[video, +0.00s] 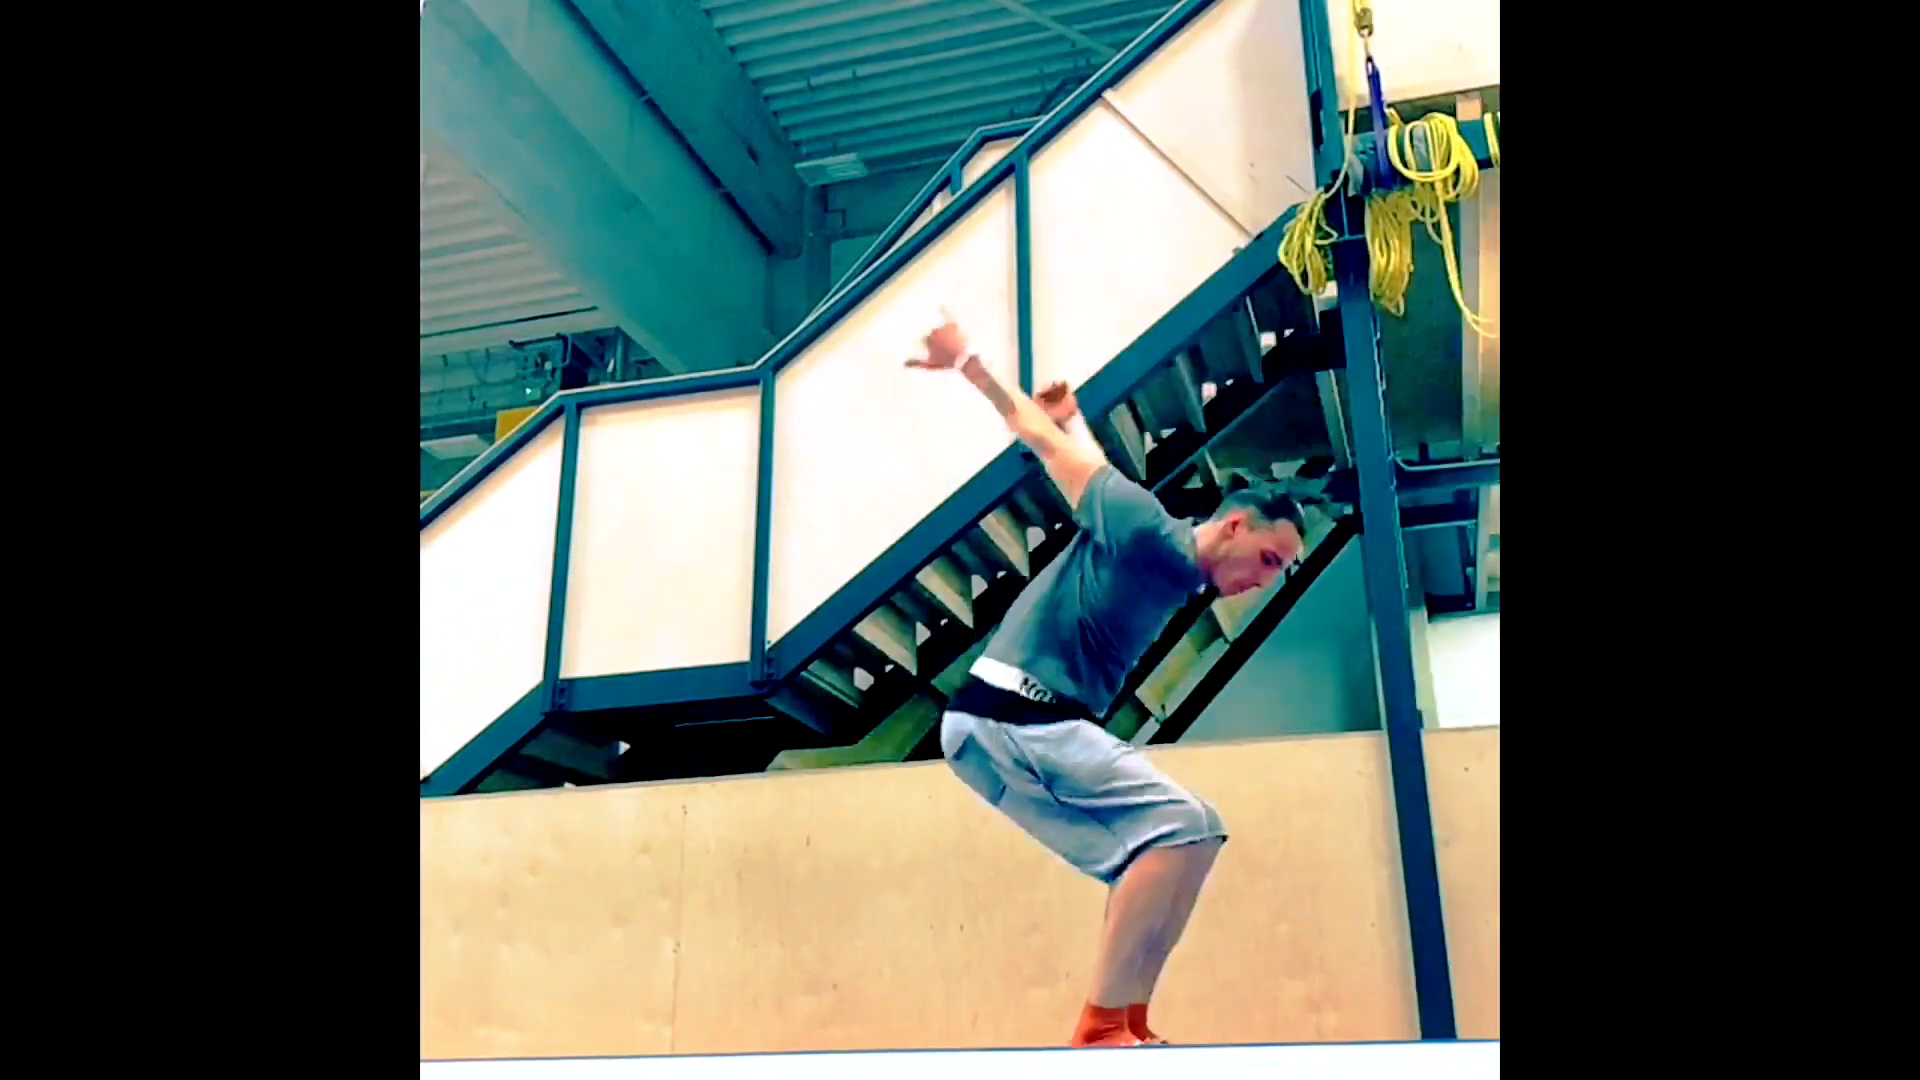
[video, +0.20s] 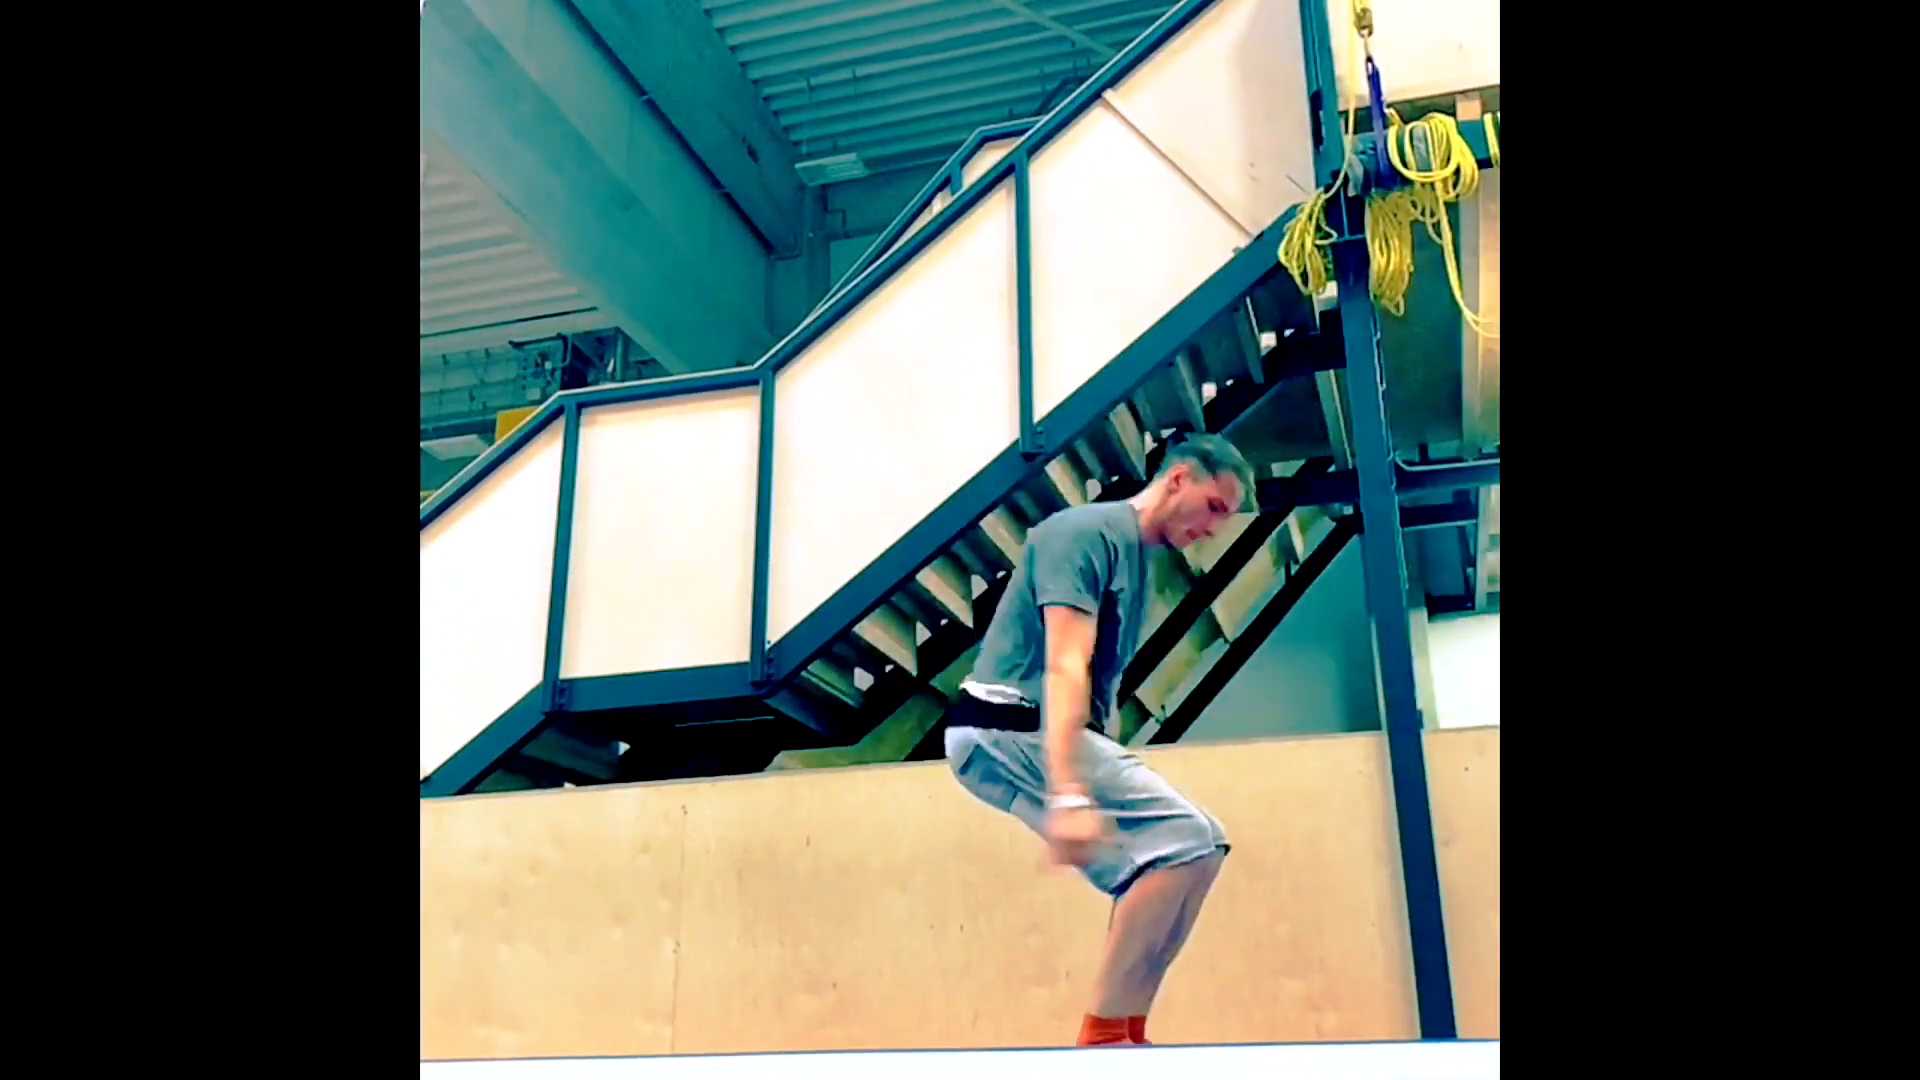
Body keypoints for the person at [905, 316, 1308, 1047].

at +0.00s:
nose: (1264, 580)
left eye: (1277, 572)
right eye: (1266, 559)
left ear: (1240, 538)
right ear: (1231, 523)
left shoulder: (1179, 570)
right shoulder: (1144, 530)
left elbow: (1099, 478)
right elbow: (1044, 441)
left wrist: (1069, 425)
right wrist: (968, 363)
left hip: (1044, 725)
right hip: (1007, 716)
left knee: (1197, 837)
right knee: (1173, 829)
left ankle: (1128, 1027)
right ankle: (1101, 1029)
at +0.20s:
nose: (1214, 527)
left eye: (1224, 518)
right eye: (1215, 506)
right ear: (1178, 478)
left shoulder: (1137, 568)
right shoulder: (1084, 531)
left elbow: (1101, 691)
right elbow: (1064, 665)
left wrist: (1110, 780)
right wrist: (1069, 796)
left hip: (1051, 731)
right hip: (1002, 730)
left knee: (1203, 849)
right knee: (1179, 845)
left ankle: (1124, 1035)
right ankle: (1104, 1037)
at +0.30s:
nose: (1152, 472)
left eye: (1161, 462)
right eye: (1148, 451)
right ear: (1106, 431)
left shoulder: (1102, 538)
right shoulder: (1057, 495)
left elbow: (1183, 618)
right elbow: (1180, 573)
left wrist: (1303, 647)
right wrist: (1310, 594)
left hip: (1048, 715)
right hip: (1007, 713)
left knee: (1192, 850)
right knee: (1172, 847)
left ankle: (1122, 1039)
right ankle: (1103, 1040)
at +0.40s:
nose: (1127, 435)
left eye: (1128, 427)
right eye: (1114, 421)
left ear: (1083, 427)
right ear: (1068, 410)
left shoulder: (1086, 515)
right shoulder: (1045, 462)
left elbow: (1200, 520)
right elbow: (1192, 447)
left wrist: (1297, 453)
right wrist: (1306, 390)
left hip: (1040, 708)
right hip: (1008, 705)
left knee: (1188, 850)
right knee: (1167, 845)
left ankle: (1123, 1041)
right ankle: (1105, 1041)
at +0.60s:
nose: (1094, 385)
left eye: (1091, 375)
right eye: (1079, 371)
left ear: (1061, 389)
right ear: (1043, 379)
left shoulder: (1068, 469)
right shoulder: (1021, 435)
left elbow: (1178, 424)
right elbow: (1150, 354)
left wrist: (1236, 343)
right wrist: (1226, 259)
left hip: (1039, 689)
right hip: (1017, 686)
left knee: (1175, 845)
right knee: (1174, 836)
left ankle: (1120, 1038)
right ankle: (1111, 1036)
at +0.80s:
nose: (1069, 366)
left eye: (1067, 358)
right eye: (1056, 353)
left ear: (1049, 376)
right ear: (1024, 362)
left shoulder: (1058, 440)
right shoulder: (1007, 412)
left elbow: (1136, 381)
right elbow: (1089, 296)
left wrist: (1182, 297)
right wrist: (1139, 193)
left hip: (1056, 662)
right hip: (1029, 657)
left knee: (1189, 829)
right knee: (1164, 822)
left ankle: (1129, 1030)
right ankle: (1107, 1029)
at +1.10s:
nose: (1039, 339)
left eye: (1041, 333)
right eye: (1026, 326)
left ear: (1034, 352)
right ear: (994, 328)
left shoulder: (1028, 409)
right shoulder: (972, 374)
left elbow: (1067, 343)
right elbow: (999, 235)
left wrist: (1089, 266)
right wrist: (999, 139)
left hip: (1092, 609)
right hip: (1053, 603)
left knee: (1189, 800)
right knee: (1149, 794)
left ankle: (1142, 1006)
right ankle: (1109, 1007)